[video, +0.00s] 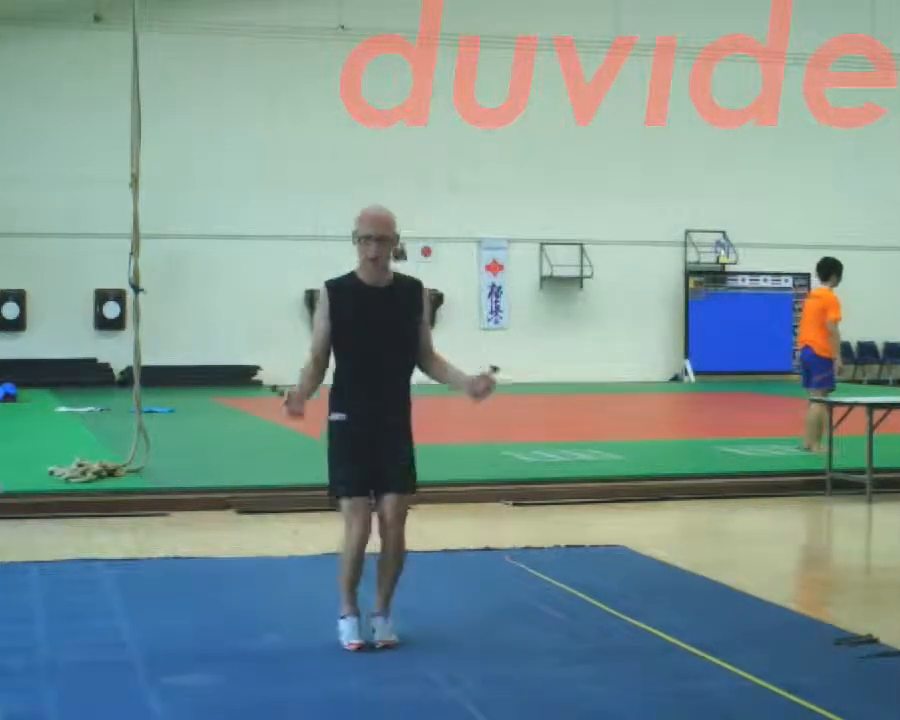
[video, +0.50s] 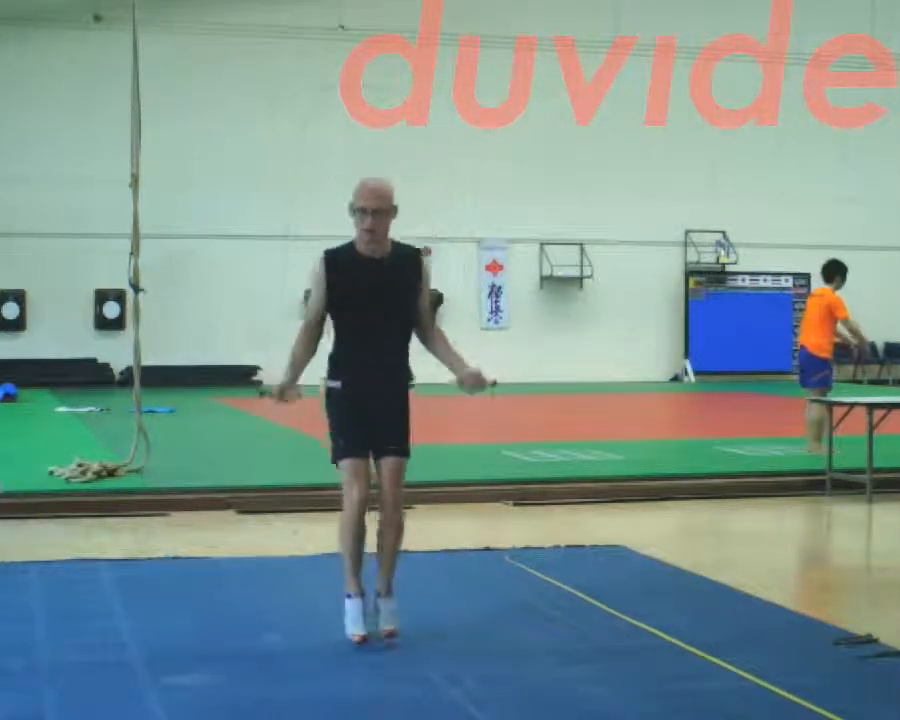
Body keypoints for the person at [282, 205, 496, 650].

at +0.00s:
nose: (374, 249)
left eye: (382, 240)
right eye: (366, 240)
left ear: (396, 243)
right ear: (355, 242)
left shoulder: (415, 294)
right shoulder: (333, 294)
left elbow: (427, 358)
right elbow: (318, 358)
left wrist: (466, 382)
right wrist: (302, 391)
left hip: (395, 417)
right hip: (348, 417)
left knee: (393, 520)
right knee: (359, 521)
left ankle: (382, 615)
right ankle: (348, 614)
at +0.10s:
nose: (373, 238)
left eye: (382, 230)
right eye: (365, 230)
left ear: (396, 234)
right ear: (353, 234)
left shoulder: (412, 285)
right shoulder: (333, 286)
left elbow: (424, 346)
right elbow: (312, 349)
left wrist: (456, 385)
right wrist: (293, 404)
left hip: (394, 410)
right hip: (349, 411)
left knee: (391, 511)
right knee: (356, 514)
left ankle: (380, 610)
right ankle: (350, 612)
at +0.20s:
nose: (373, 198)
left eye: (382, 190)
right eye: (364, 189)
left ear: (395, 192)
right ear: (353, 191)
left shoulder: (413, 242)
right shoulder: (332, 242)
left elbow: (425, 312)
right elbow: (313, 310)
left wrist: (454, 363)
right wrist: (287, 368)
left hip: (394, 369)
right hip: (349, 369)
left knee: (396, 466)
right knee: (353, 472)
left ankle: (388, 577)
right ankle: (351, 579)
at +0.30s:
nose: (372, 188)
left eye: (382, 180)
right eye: (364, 180)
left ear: (396, 181)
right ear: (353, 181)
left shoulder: (415, 229)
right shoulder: (334, 230)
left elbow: (428, 293)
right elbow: (312, 296)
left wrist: (456, 344)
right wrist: (292, 349)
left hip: (392, 348)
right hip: (345, 348)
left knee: (395, 438)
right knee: (358, 440)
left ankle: (386, 546)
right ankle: (353, 547)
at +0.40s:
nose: (372, 197)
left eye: (381, 189)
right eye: (364, 189)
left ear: (396, 191)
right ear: (354, 190)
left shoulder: (415, 236)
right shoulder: (333, 238)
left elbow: (432, 301)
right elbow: (308, 305)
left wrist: (458, 356)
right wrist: (282, 364)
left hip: (391, 352)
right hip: (346, 353)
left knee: (394, 452)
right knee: (360, 451)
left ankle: (385, 551)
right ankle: (356, 552)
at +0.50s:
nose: (369, 222)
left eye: (378, 213)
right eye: (361, 213)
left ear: (393, 215)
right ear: (350, 215)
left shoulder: (414, 263)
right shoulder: (331, 264)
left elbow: (427, 329)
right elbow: (311, 328)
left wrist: (462, 369)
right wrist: (289, 379)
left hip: (393, 388)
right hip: (345, 388)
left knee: (392, 496)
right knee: (357, 495)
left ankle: (385, 593)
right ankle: (354, 596)